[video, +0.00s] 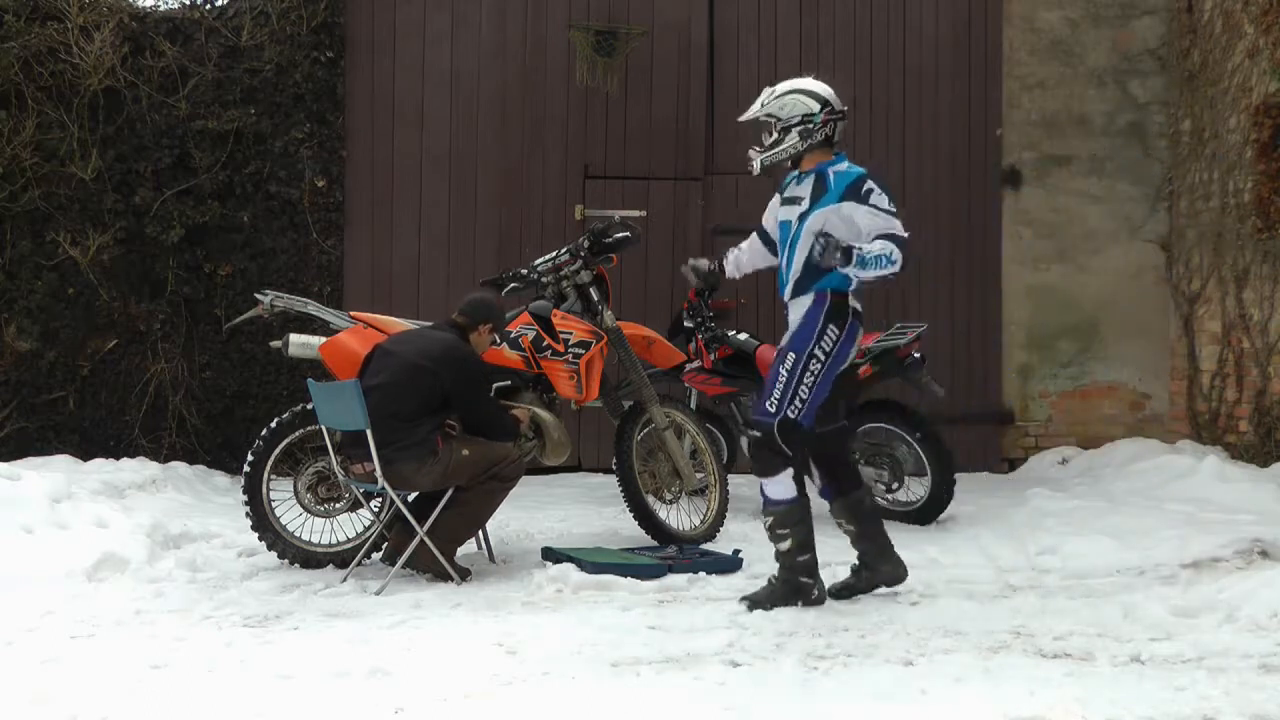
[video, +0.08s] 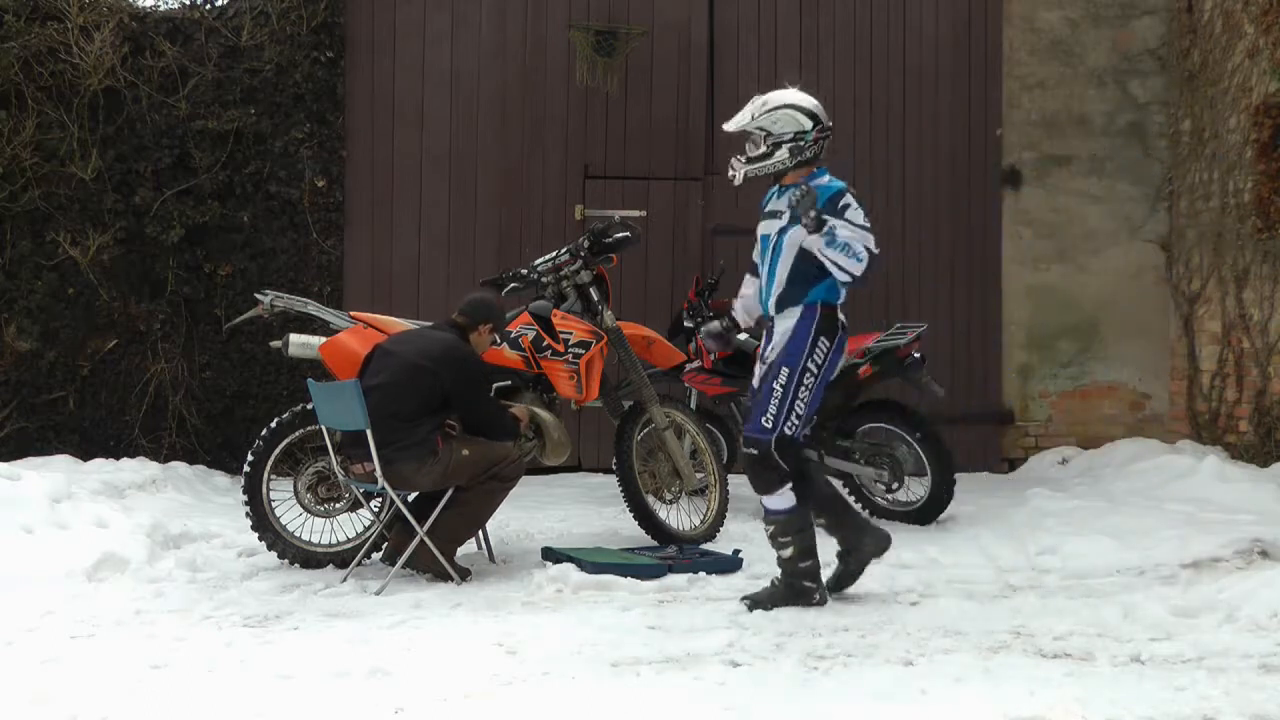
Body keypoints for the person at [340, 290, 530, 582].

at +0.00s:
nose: (491, 346)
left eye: (494, 339)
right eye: (493, 337)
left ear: (458, 318)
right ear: (483, 329)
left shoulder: (404, 337)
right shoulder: (462, 358)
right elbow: (489, 427)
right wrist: (515, 419)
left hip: (357, 456)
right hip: (400, 461)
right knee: (508, 464)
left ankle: (402, 543)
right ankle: (435, 550)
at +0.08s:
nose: (491, 346)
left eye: (494, 339)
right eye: (493, 337)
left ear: (458, 317)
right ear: (483, 329)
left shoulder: (404, 337)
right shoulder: (462, 358)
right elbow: (489, 426)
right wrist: (515, 418)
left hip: (357, 456)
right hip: (400, 462)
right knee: (508, 463)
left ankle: (402, 543)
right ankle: (435, 551)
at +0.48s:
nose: (491, 346)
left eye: (494, 339)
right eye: (493, 338)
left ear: (458, 318)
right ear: (482, 329)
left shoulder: (405, 337)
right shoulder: (462, 358)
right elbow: (492, 430)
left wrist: (491, 410)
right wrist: (516, 422)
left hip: (357, 455)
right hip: (400, 461)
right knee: (508, 464)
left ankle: (402, 543)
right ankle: (435, 550)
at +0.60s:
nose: (492, 347)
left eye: (495, 341)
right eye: (494, 340)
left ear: (461, 318)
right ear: (484, 331)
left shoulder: (406, 338)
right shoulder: (463, 359)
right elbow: (481, 424)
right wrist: (514, 428)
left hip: (357, 455)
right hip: (399, 461)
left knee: (466, 453)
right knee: (508, 464)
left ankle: (402, 542)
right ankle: (435, 551)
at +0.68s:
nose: (493, 347)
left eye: (496, 341)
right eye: (495, 339)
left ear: (460, 319)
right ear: (483, 332)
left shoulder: (408, 338)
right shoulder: (466, 362)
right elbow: (478, 427)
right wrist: (516, 433)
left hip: (359, 452)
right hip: (399, 462)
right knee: (508, 463)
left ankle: (403, 541)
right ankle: (435, 551)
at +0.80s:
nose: (495, 352)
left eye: (499, 346)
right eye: (497, 344)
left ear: (464, 320)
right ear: (486, 334)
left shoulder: (406, 339)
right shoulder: (467, 363)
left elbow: (366, 392)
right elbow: (480, 427)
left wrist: (434, 424)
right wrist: (518, 441)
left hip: (359, 453)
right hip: (398, 462)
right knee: (508, 463)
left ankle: (403, 543)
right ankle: (435, 551)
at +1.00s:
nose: (499, 352)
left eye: (502, 345)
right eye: (501, 344)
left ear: (467, 323)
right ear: (490, 337)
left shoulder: (412, 339)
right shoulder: (468, 362)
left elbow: (366, 388)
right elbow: (486, 430)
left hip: (360, 453)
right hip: (399, 463)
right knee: (504, 463)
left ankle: (403, 543)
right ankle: (435, 552)